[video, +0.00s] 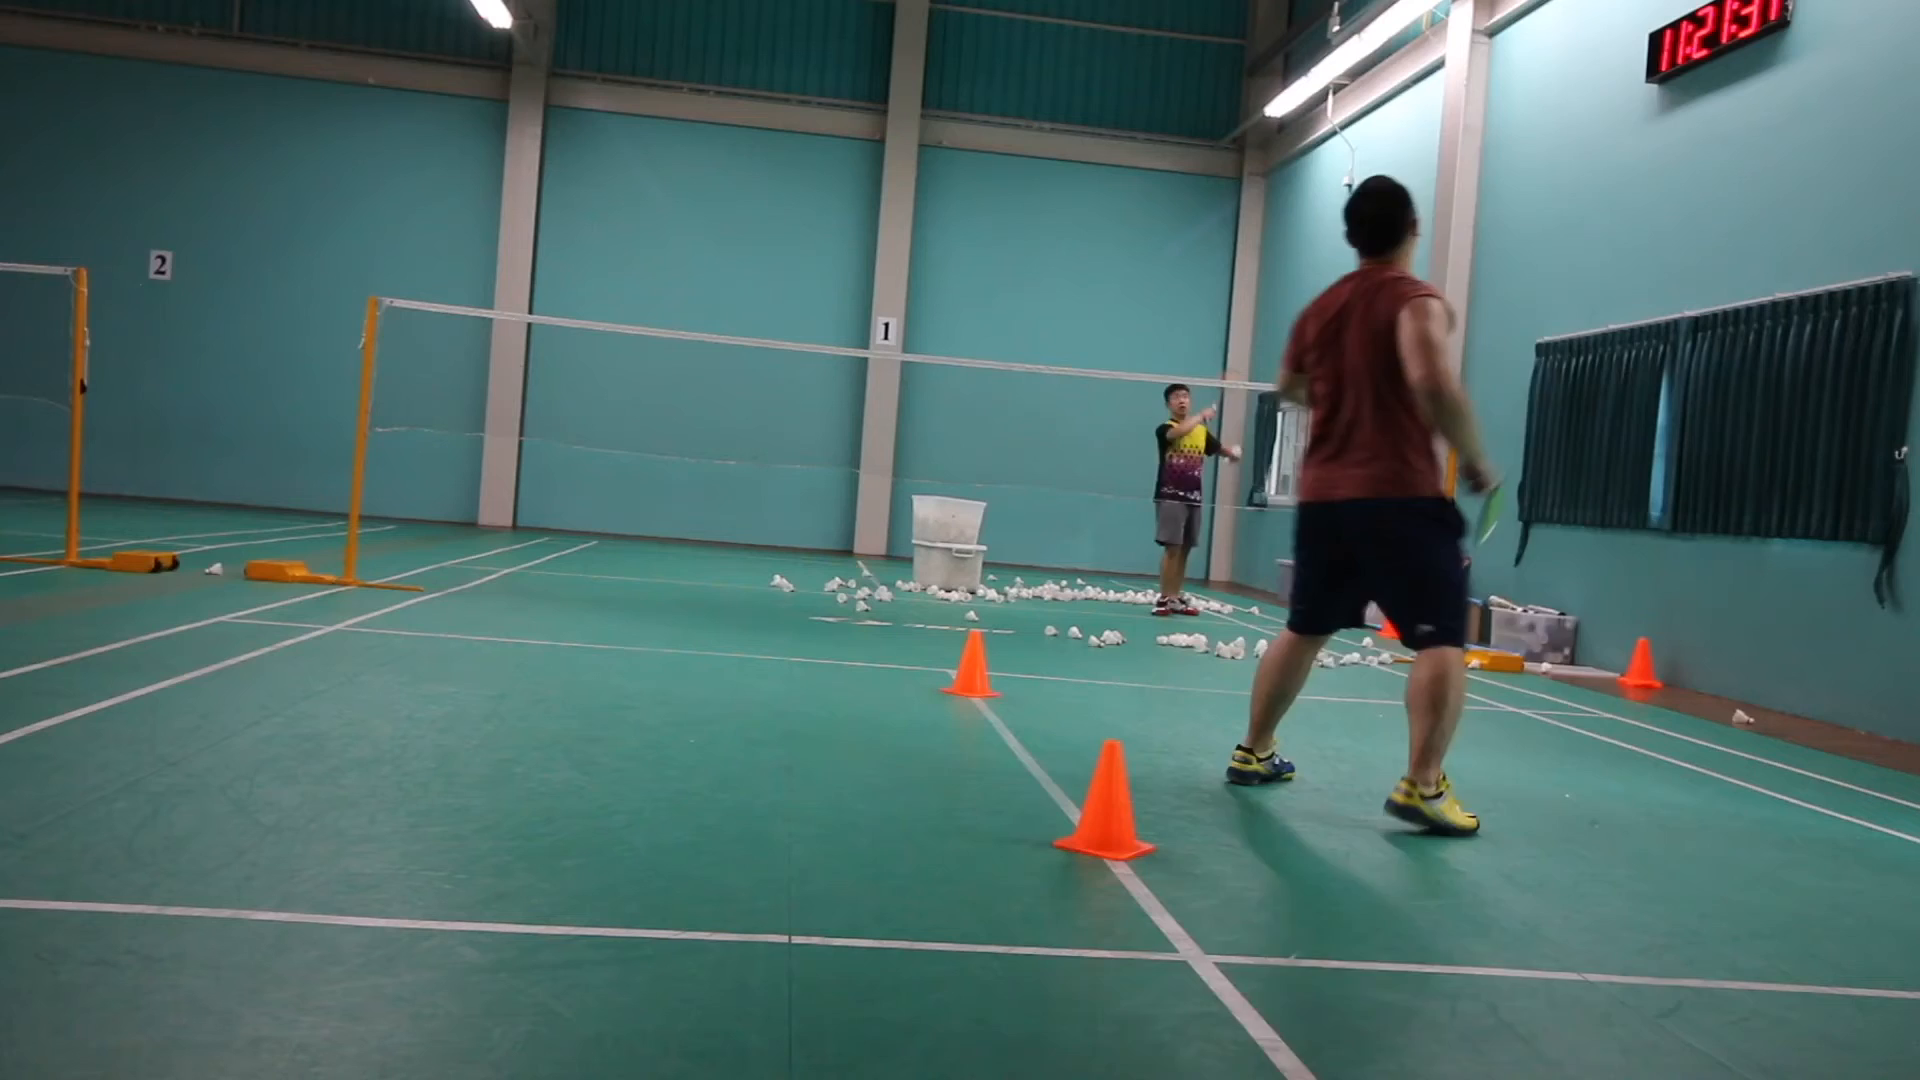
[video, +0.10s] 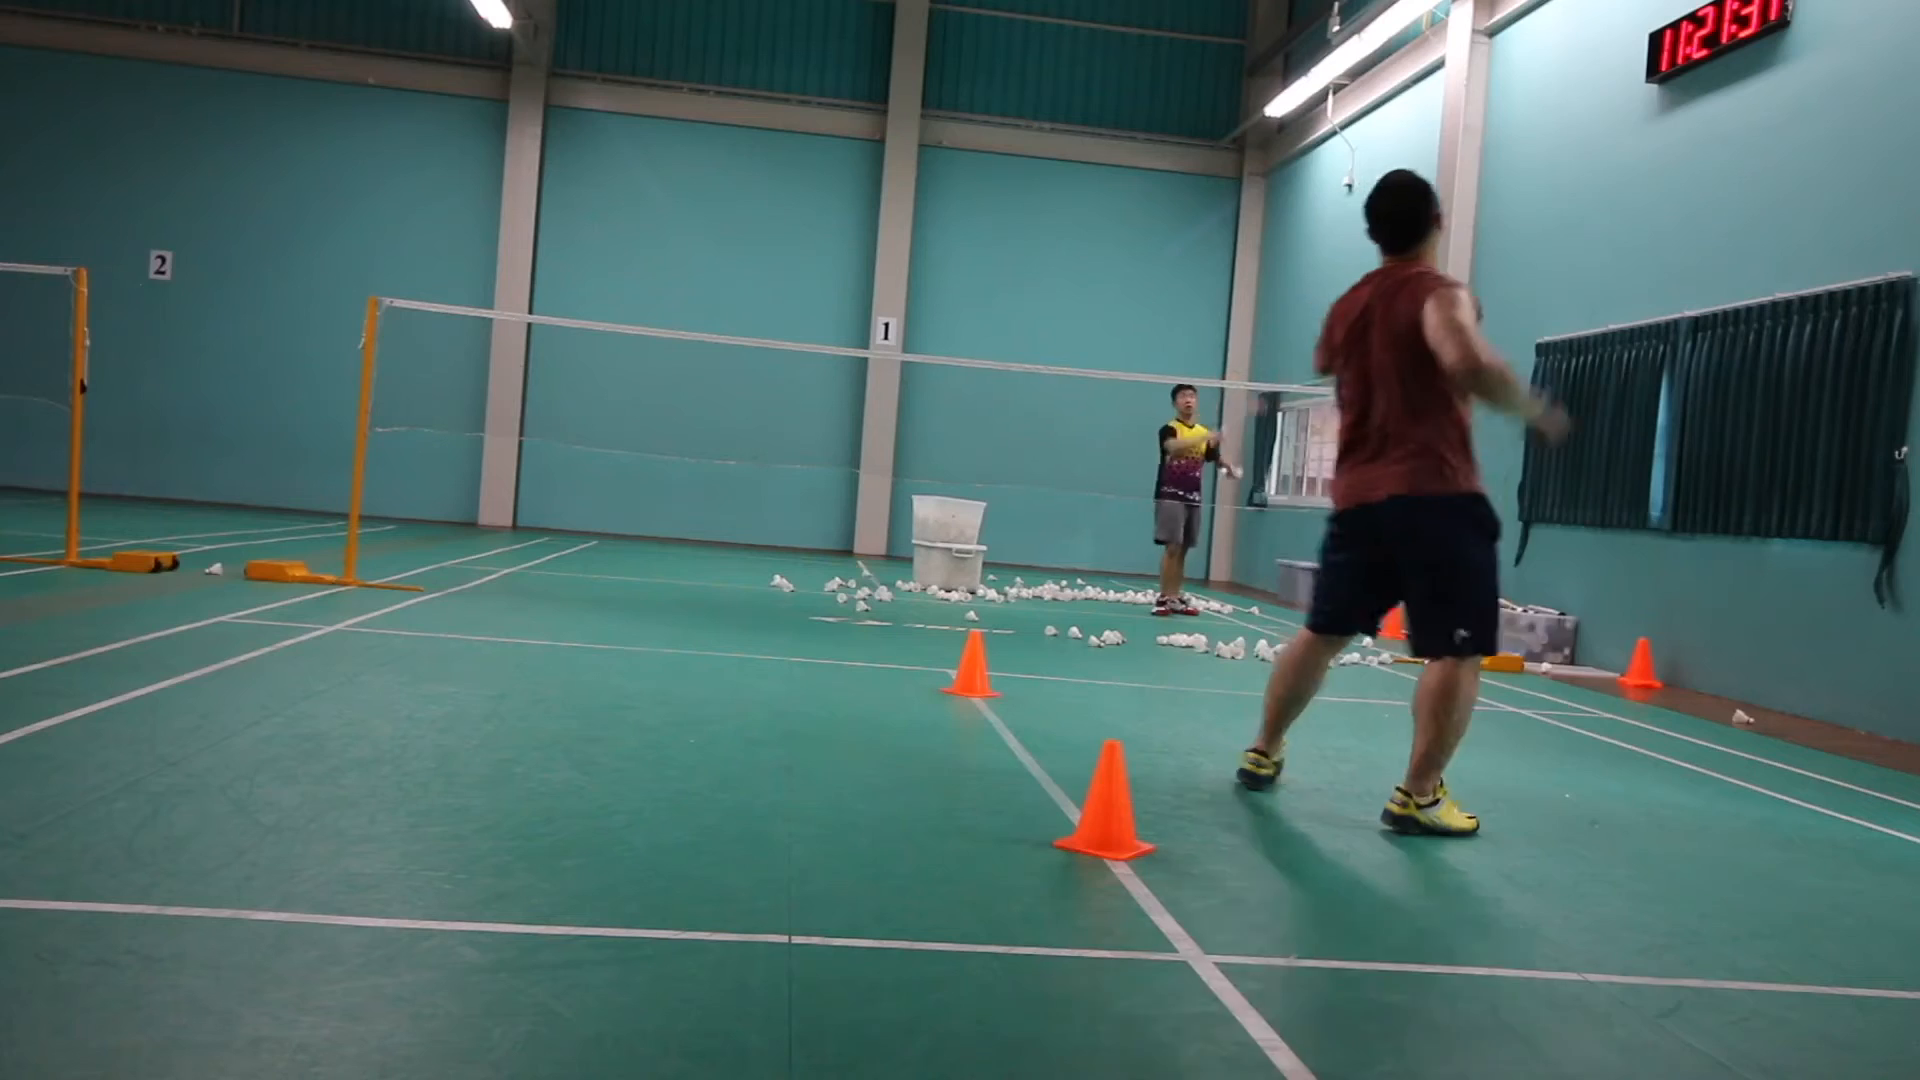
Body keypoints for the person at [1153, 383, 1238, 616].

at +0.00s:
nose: (1182, 401)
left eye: (1185, 397)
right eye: (1177, 398)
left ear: (1190, 401)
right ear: (1168, 403)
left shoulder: (1201, 431)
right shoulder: (1164, 429)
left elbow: (1215, 447)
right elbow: (1176, 433)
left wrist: (1230, 452)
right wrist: (1200, 418)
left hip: (1193, 497)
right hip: (1171, 496)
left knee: (1185, 549)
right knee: (1172, 549)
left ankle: (1176, 595)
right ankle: (1165, 596)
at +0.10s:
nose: (1188, 401)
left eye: (1191, 397)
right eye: (1183, 397)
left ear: (1197, 402)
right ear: (1175, 403)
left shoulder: (1204, 433)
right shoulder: (1169, 429)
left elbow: (1213, 457)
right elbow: (1171, 447)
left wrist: (1227, 465)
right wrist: (1206, 440)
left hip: (1192, 495)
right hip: (1171, 493)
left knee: (1183, 548)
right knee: (1172, 547)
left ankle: (1175, 595)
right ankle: (1165, 596)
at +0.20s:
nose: (1197, 401)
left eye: (1200, 398)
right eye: (1192, 397)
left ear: (1205, 404)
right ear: (1183, 403)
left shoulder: (1209, 436)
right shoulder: (1173, 430)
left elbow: (1211, 464)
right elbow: (1162, 460)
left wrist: (1217, 480)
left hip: (1193, 496)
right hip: (1170, 493)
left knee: (1182, 547)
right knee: (1171, 543)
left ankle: (1174, 595)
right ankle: (1161, 594)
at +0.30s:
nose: (1200, 401)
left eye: (1204, 397)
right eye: (1195, 397)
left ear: (1208, 404)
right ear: (1186, 402)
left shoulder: (1213, 436)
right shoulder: (1171, 431)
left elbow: (1212, 466)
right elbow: (1156, 461)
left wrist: (1210, 482)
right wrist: (1163, 483)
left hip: (1194, 496)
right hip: (1172, 493)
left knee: (1183, 548)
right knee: (1170, 545)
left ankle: (1174, 595)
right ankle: (1161, 595)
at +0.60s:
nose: (1192, 403)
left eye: (1196, 399)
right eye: (1188, 399)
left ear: (1202, 404)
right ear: (1179, 404)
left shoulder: (1213, 433)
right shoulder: (1166, 434)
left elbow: (1220, 462)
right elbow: (1151, 462)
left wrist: (1224, 480)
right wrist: (1147, 486)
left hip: (1202, 501)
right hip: (1171, 499)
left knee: (1208, 550)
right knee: (1168, 549)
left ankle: (1197, 592)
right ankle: (1163, 599)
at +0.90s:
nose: (1220, 406)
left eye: (1224, 402)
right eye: (1215, 402)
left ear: (1229, 406)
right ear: (1206, 406)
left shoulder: (1239, 437)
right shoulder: (1192, 438)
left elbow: (1244, 468)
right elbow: (1178, 469)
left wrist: (1250, 496)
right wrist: (1182, 499)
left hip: (1226, 508)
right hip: (1196, 507)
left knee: (1228, 555)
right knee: (1182, 554)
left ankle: (1229, 605)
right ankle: (1164, 599)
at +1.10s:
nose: (1236, 417)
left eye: (1240, 412)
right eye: (1232, 411)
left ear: (1245, 415)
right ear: (1222, 413)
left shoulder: (1249, 440)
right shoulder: (1206, 439)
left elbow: (1252, 468)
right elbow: (1188, 464)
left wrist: (1261, 490)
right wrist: (1200, 484)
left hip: (1229, 506)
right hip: (1200, 504)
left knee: (1232, 555)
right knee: (1187, 549)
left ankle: (1229, 605)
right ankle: (1169, 597)